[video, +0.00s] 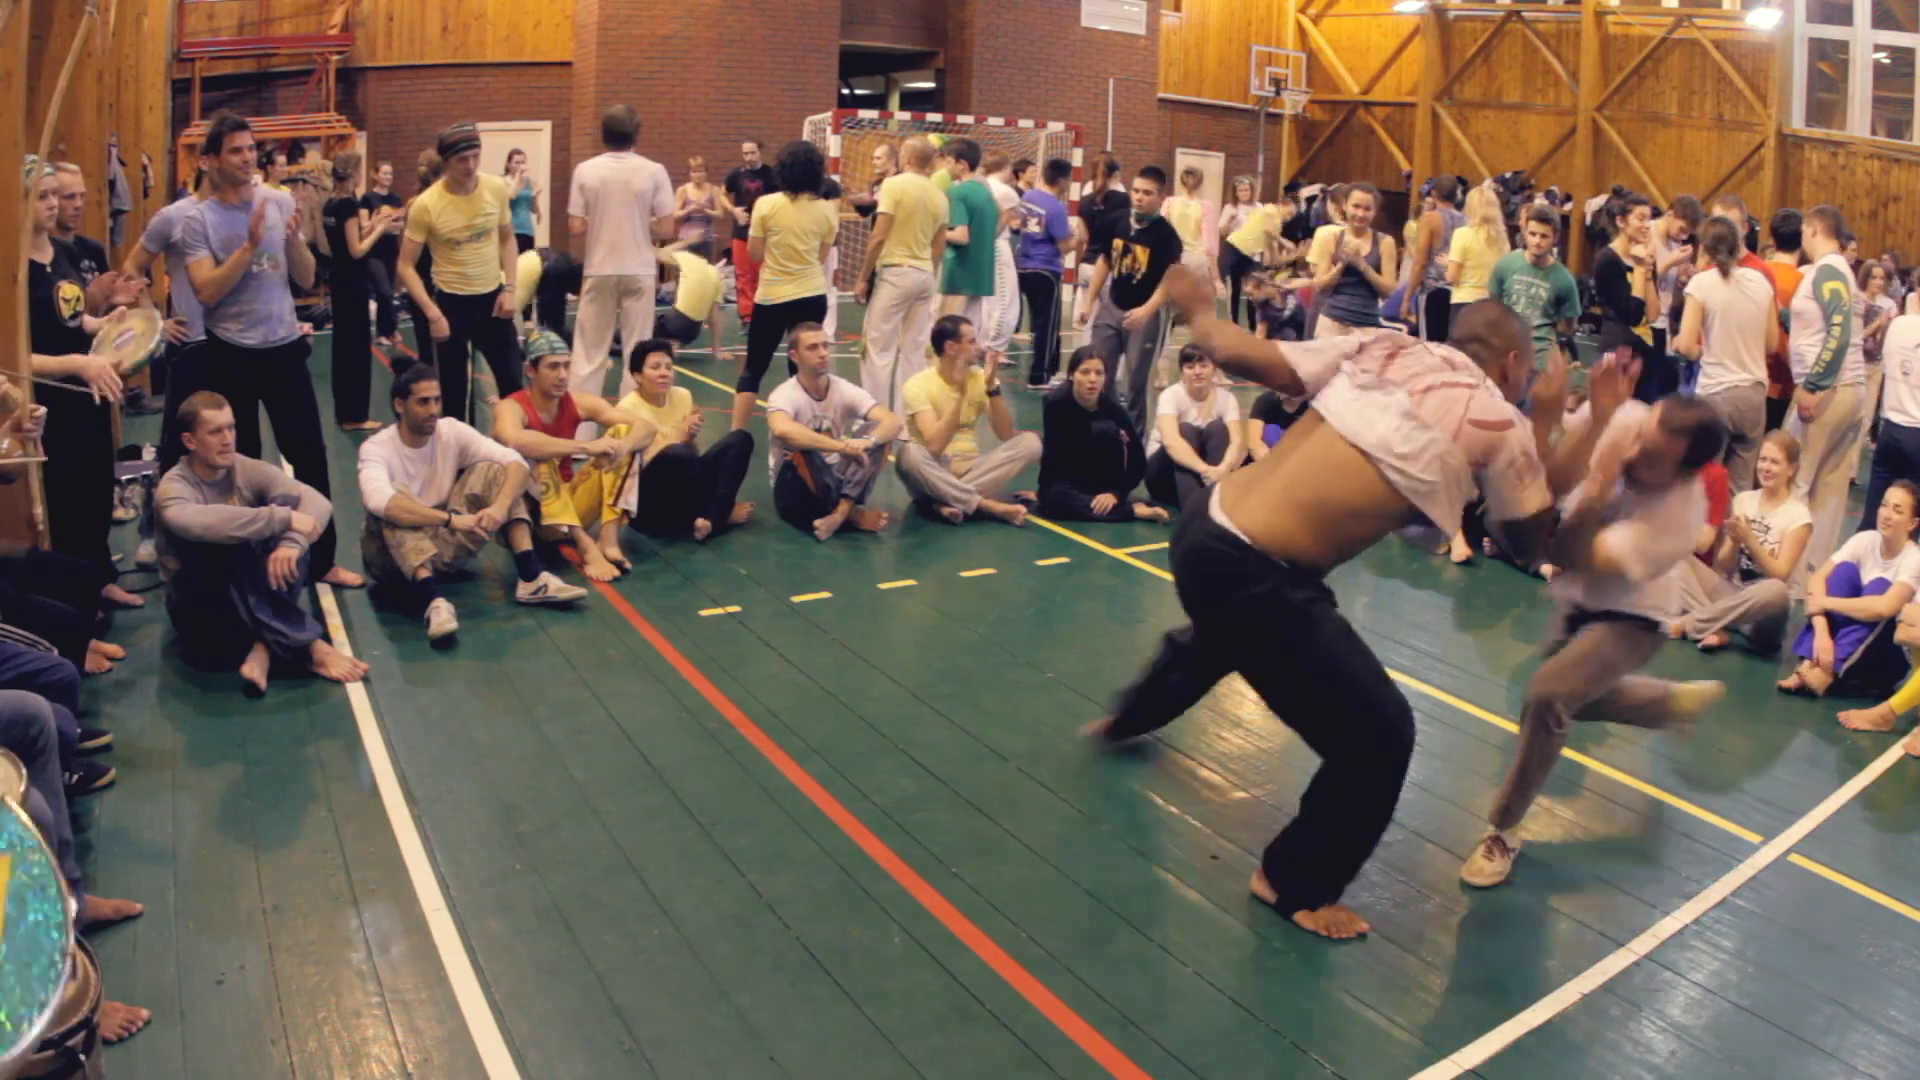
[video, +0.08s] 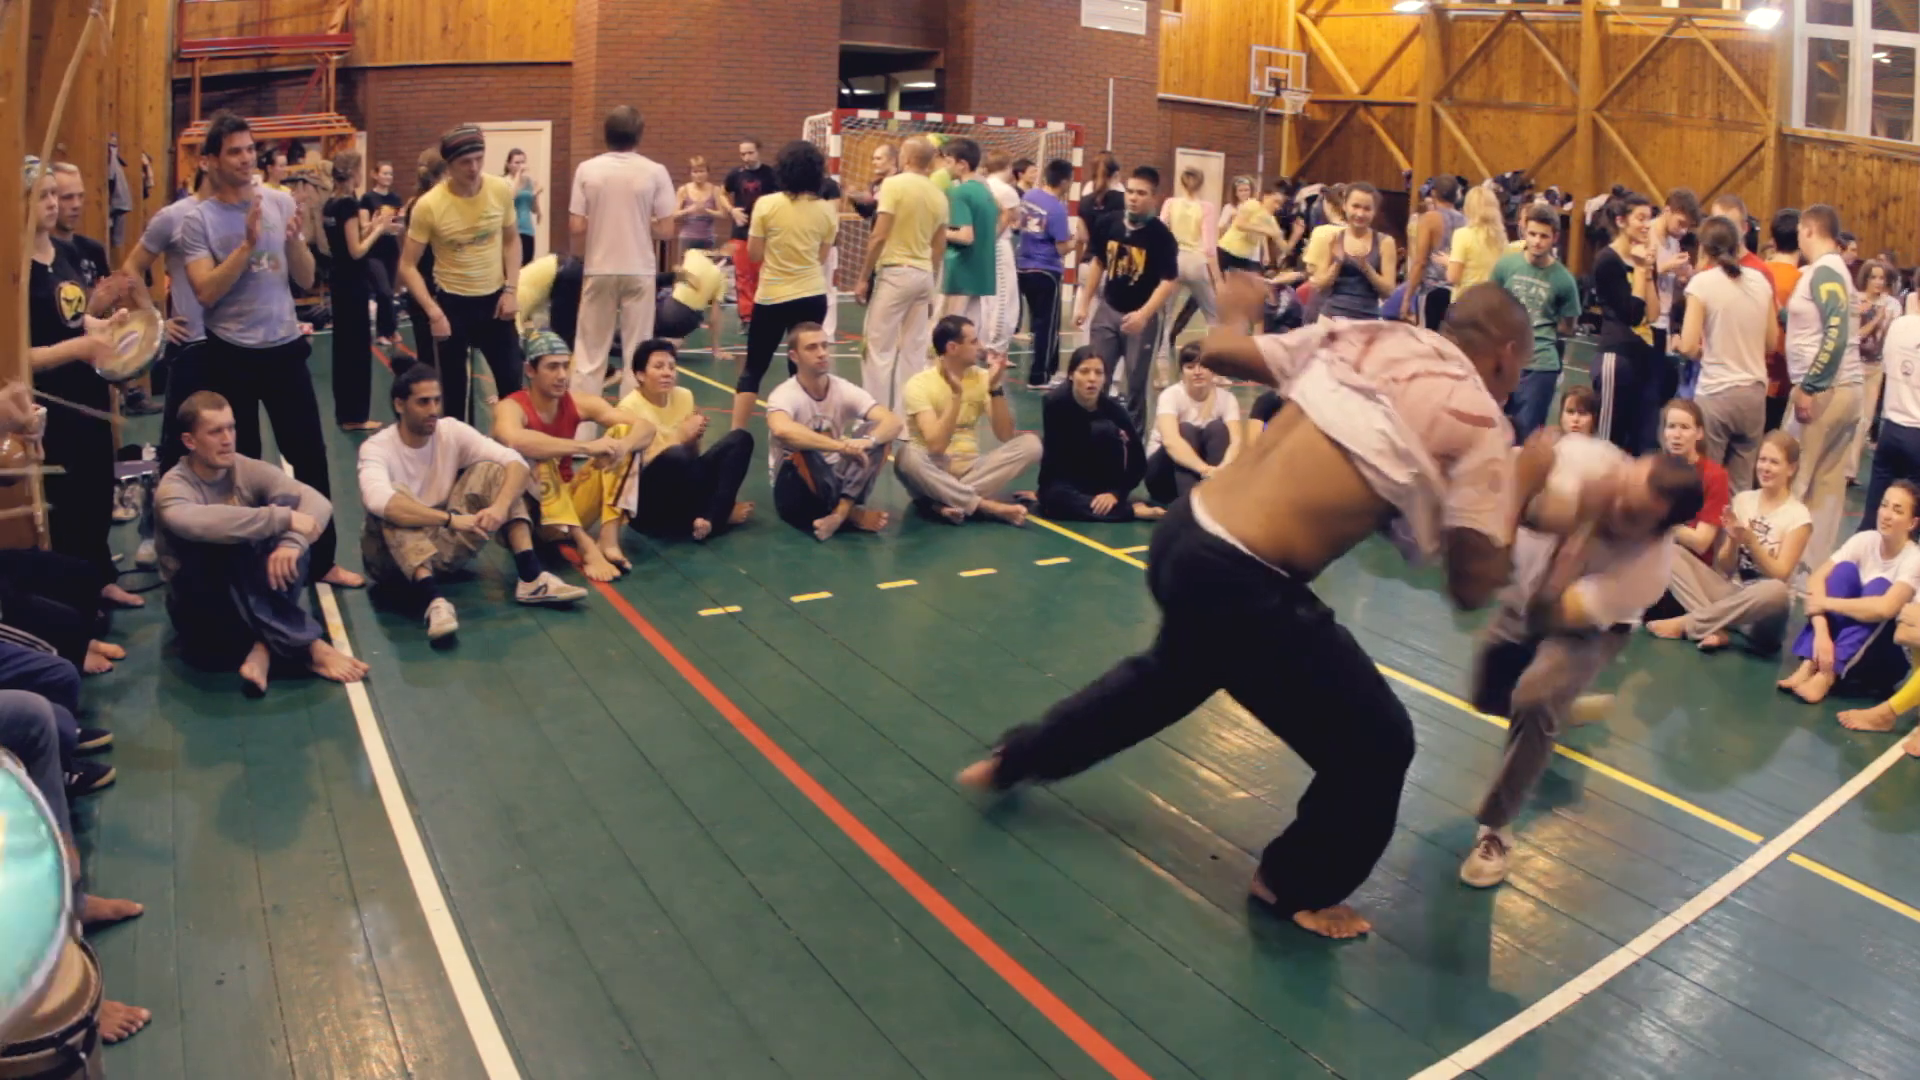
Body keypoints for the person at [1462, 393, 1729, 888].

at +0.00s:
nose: (1635, 457)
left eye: (1650, 458)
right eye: (1638, 443)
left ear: (1685, 470)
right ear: (1646, 422)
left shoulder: (1679, 518)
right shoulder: (1630, 420)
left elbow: (1572, 551)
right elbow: (1554, 481)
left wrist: (1601, 489)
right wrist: (1590, 418)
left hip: (1634, 617)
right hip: (1578, 595)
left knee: (1548, 696)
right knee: (1561, 699)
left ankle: (1501, 835)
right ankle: (1675, 702)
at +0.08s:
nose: (1620, 510)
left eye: (1635, 516)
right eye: (1625, 496)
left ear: (1663, 525)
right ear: (1632, 469)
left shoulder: (1650, 569)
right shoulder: (1593, 458)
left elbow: (1548, 613)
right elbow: (1513, 498)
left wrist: (1584, 529)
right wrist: (1578, 510)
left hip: (1590, 626)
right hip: (1526, 588)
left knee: (1534, 703)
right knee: (1489, 696)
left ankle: (1492, 830)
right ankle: (1566, 712)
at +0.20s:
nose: (1567, 570)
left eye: (1586, 580)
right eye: (1578, 554)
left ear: (1610, 594)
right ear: (1585, 528)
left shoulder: (1610, 615)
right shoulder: (1542, 509)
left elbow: (1560, 682)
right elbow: (1507, 587)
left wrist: (1526, 716)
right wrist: (1522, 685)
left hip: (1533, 655)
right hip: (1468, 608)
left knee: (1522, 729)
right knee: (1389, 678)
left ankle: (1484, 830)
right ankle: (1392, 701)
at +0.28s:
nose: (1530, 583)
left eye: (1549, 592)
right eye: (1542, 566)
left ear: (1572, 603)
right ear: (1554, 534)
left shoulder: (1579, 622)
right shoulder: (1500, 523)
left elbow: (1556, 731)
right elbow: (1458, 631)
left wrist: (1527, 819)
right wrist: (1510, 734)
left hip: (1505, 643)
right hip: (1436, 599)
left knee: (1503, 730)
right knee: (1359, 652)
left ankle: (1487, 833)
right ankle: (1326, 689)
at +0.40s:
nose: (1464, 558)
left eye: (1482, 558)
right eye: (1468, 542)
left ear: (1508, 554)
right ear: (1467, 509)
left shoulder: (1517, 571)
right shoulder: (1415, 504)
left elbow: (1555, 666)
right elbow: (1396, 618)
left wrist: (1581, 754)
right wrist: (1484, 641)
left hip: (1458, 620)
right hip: (1389, 585)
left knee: (1460, 697)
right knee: (1276, 642)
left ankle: (1484, 835)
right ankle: (1236, 694)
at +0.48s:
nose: (1402, 524)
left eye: (1417, 518)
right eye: (1398, 509)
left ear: (1443, 510)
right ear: (1389, 484)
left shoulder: (1470, 522)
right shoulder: (1353, 487)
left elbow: (1526, 573)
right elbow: (1352, 584)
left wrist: (1562, 611)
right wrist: (1448, 570)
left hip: (1432, 584)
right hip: (1359, 566)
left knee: (1430, 675)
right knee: (1252, 624)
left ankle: (1481, 824)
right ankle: (1228, 701)